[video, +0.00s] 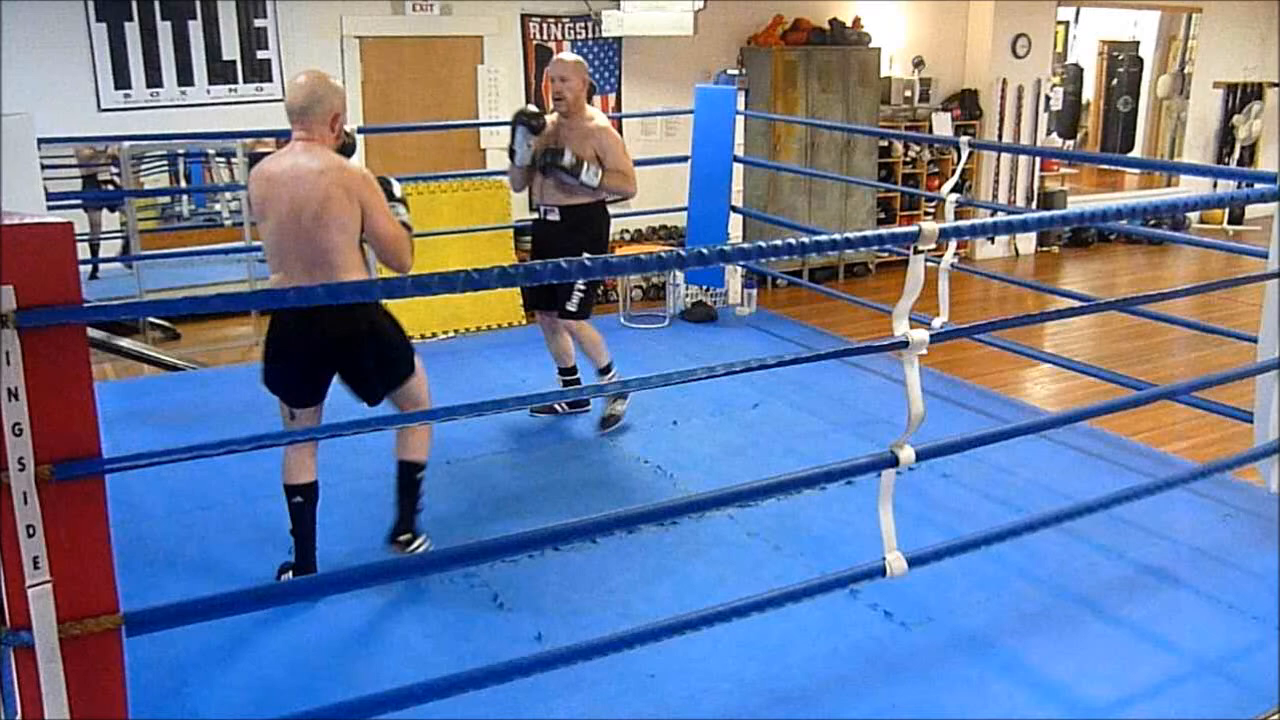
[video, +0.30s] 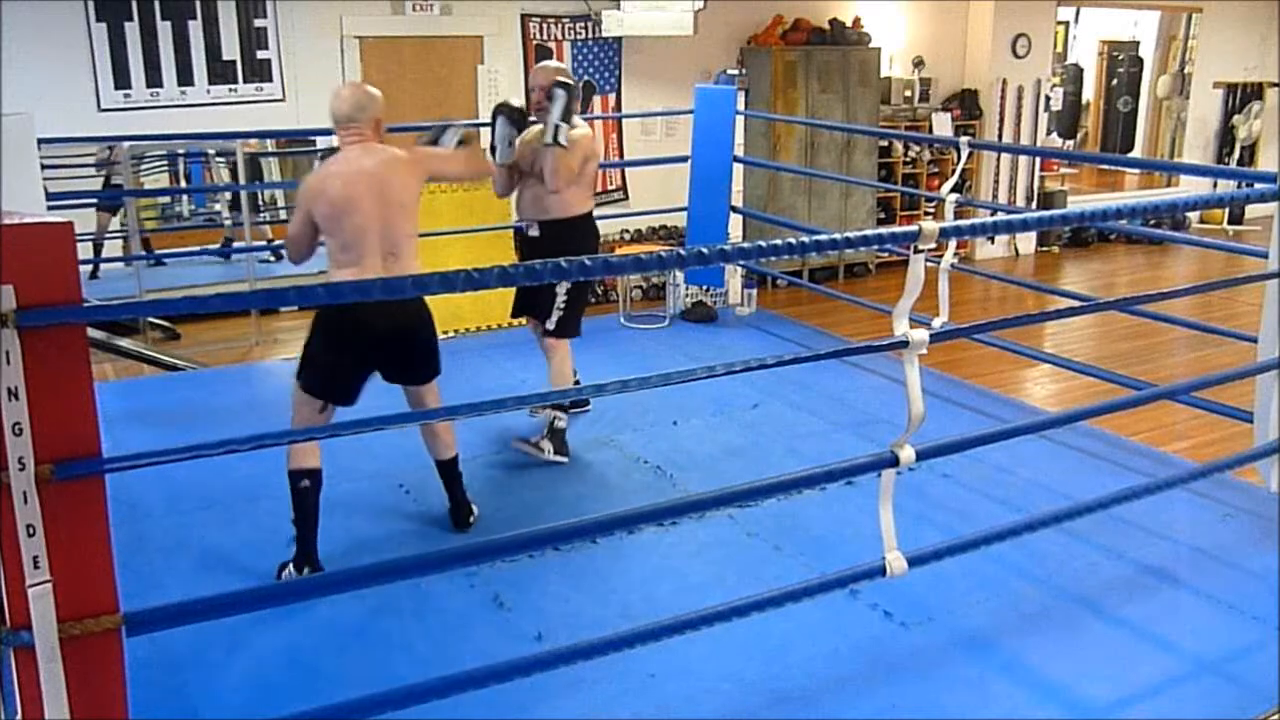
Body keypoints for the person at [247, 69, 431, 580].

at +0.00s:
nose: (346, 125)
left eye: (344, 118)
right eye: (343, 117)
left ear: (291, 119)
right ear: (333, 119)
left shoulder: (261, 176)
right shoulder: (352, 178)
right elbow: (400, 257)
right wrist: (392, 212)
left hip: (292, 329)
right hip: (357, 322)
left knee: (300, 436)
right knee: (416, 408)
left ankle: (303, 559)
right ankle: (405, 529)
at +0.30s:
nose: (380, 124)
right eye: (380, 117)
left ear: (334, 127)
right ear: (377, 122)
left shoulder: (318, 183)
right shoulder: (410, 160)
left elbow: (296, 252)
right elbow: (478, 166)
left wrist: (325, 215)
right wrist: (465, 141)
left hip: (343, 316)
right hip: (406, 310)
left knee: (306, 429)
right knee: (431, 411)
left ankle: (306, 555)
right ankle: (461, 508)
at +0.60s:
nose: (352, 117)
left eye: (342, 111)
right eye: (377, 107)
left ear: (337, 114)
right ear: (382, 110)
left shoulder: (325, 166)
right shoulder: (418, 157)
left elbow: (300, 245)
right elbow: (470, 212)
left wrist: (331, 205)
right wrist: (426, 200)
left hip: (349, 300)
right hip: (411, 294)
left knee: (300, 415)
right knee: (434, 401)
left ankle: (296, 547)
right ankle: (464, 502)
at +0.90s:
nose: (343, 130)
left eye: (340, 124)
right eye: (342, 123)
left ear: (291, 126)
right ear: (334, 124)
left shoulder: (261, 178)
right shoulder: (356, 170)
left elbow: (267, 240)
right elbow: (408, 236)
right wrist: (392, 184)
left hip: (294, 318)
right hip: (361, 312)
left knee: (276, 437)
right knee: (406, 416)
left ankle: (283, 566)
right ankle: (447, 508)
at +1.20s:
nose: (350, 126)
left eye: (350, 117)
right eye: (348, 118)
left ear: (296, 117)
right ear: (332, 118)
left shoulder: (255, 172)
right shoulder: (347, 168)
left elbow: (253, 258)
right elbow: (379, 251)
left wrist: (298, 226)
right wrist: (400, 211)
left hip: (282, 320)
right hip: (349, 312)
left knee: (282, 436)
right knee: (405, 417)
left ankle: (281, 566)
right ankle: (435, 531)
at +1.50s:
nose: (411, 133)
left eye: (411, 127)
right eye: (410, 127)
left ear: (359, 124)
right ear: (397, 128)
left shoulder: (326, 174)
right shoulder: (407, 174)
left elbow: (368, 220)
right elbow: (462, 241)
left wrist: (418, 176)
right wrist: (455, 181)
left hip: (345, 318)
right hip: (406, 314)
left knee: (320, 432)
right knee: (453, 418)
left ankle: (292, 560)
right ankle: (476, 529)